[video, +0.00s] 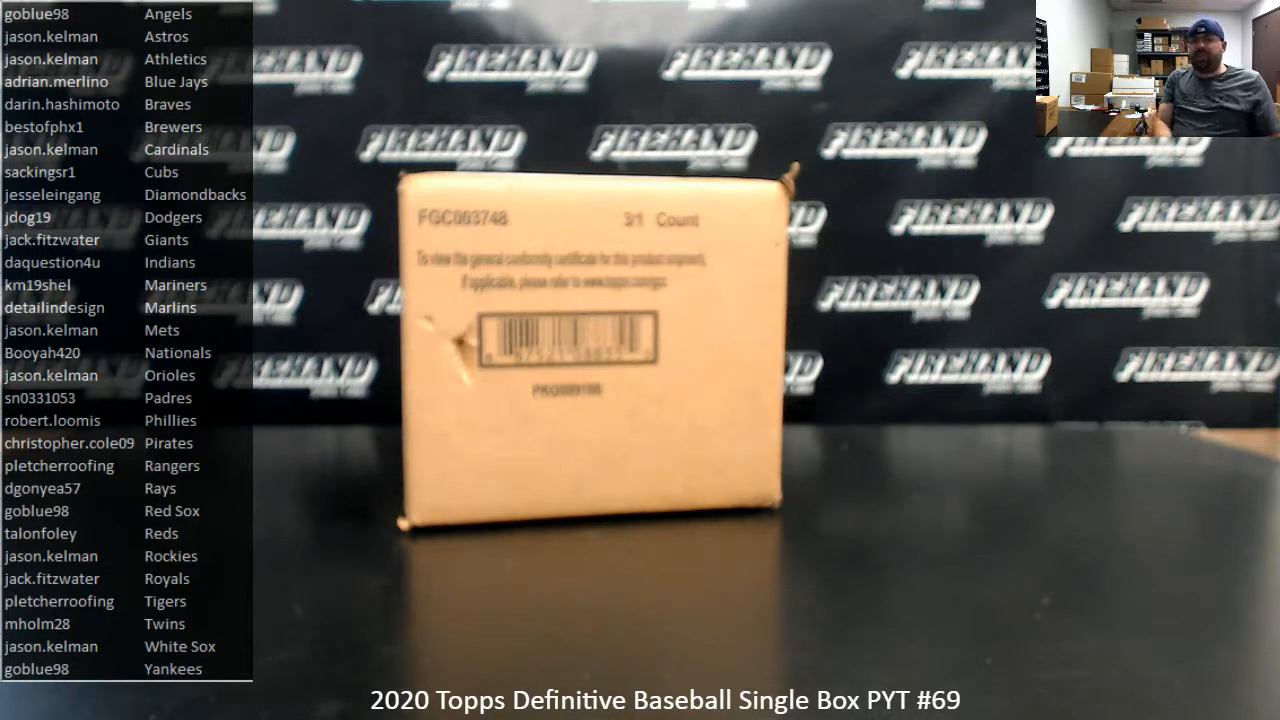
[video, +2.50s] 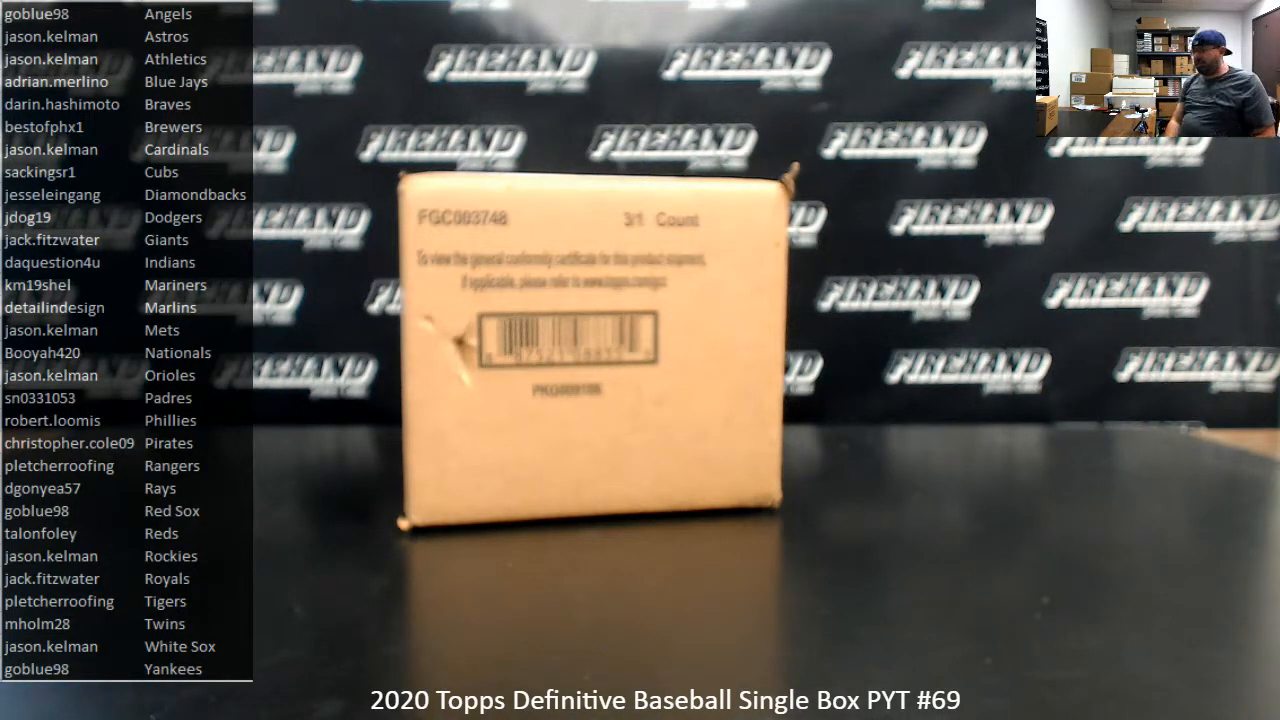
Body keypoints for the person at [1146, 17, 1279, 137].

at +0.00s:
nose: (1200, 46)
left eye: (1208, 40)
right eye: (1193, 41)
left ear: (1223, 46)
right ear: (1186, 47)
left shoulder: (1251, 81)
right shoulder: (1177, 79)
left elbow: (1273, 135)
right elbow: (1161, 122)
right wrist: (1168, 151)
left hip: (1235, 166)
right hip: (1183, 166)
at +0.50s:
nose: (1204, 53)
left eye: (1212, 47)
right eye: (1198, 47)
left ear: (1227, 50)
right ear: (1192, 49)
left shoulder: (1251, 86)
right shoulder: (1178, 80)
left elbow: (1271, 139)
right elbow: (1164, 127)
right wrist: (1171, 158)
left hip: (1234, 166)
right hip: (1183, 166)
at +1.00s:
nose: (1192, 56)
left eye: (1199, 49)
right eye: (1189, 50)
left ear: (1216, 52)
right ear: (1185, 53)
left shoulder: (1242, 83)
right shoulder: (1177, 82)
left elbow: (1261, 131)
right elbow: (1167, 125)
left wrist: (1242, 157)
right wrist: (1171, 152)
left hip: (1228, 158)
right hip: (1184, 159)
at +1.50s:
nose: (1186, 57)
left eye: (1192, 51)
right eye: (1183, 53)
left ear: (1205, 54)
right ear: (1180, 57)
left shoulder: (1231, 78)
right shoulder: (1175, 86)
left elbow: (1256, 120)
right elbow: (1168, 123)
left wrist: (1237, 149)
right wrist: (1170, 150)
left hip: (1225, 153)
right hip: (1185, 155)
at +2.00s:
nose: (1196, 55)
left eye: (1201, 50)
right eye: (1191, 52)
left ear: (1214, 54)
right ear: (1187, 57)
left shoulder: (1238, 80)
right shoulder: (1181, 86)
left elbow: (1260, 123)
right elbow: (1171, 122)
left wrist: (1237, 150)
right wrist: (1168, 150)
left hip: (1226, 154)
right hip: (1186, 154)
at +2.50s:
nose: (1197, 57)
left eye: (1203, 51)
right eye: (1194, 52)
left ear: (1221, 52)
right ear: (1191, 54)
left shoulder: (1248, 82)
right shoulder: (1190, 83)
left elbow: (1267, 134)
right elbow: (1176, 120)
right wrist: (1167, 149)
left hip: (1229, 162)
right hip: (1187, 160)